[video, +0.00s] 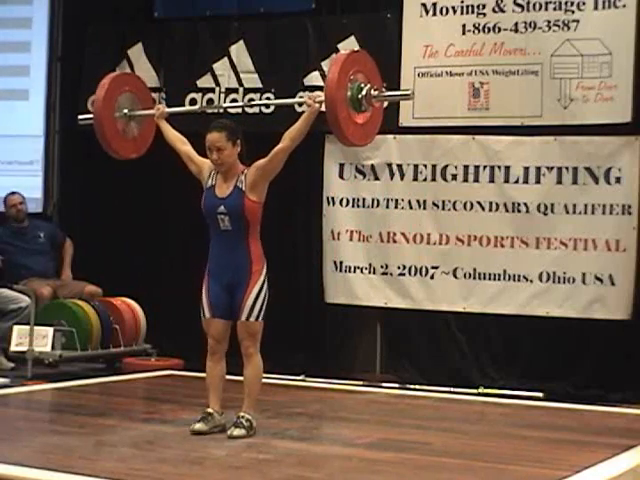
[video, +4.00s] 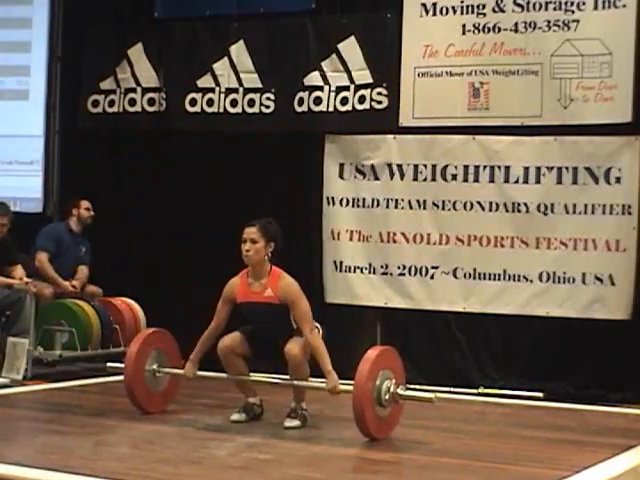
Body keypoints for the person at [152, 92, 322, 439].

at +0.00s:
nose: (214, 156)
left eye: (219, 149)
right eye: (210, 150)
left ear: (237, 147)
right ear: (207, 152)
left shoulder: (255, 177)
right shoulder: (208, 174)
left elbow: (286, 145)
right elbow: (183, 147)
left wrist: (311, 111)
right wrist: (161, 121)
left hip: (250, 274)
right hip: (216, 273)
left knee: (249, 346)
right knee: (215, 346)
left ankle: (247, 416)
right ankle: (214, 412)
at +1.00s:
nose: (213, 243)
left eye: (219, 237)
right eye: (209, 237)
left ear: (236, 236)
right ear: (204, 239)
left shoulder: (259, 262)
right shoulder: (207, 266)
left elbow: (296, 289)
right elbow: (203, 286)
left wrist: (281, 300)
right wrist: (182, 303)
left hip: (281, 298)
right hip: (249, 298)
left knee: (260, 344)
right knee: (235, 348)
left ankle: (264, 410)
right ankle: (244, 405)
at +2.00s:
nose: (316, 150)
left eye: (316, 146)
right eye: (311, 145)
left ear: (310, 153)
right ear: (293, 150)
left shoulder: (319, 189)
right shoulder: (279, 189)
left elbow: (329, 230)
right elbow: (258, 227)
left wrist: (348, 258)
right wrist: (245, 263)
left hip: (305, 272)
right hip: (278, 271)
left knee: (303, 335)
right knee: (267, 337)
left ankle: (295, 398)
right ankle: (248, 403)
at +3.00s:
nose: (246, 253)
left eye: (253, 247)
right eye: (244, 247)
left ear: (269, 251)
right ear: (240, 249)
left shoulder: (287, 287)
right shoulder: (233, 289)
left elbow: (310, 334)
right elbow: (213, 329)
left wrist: (329, 374)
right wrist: (191, 361)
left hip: (290, 338)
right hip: (257, 338)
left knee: (293, 354)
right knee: (225, 349)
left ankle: (299, 407)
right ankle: (251, 402)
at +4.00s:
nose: (246, 247)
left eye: (253, 242)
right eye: (244, 242)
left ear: (269, 247)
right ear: (240, 245)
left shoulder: (286, 285)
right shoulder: (234, 286)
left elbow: (310, 331)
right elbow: (216, 327)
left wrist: (329, 372)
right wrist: (193, 359)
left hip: (290, 336)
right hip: (256, 336)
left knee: (294, 352)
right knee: (225, 346)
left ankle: (299, 406)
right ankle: (252, 402)